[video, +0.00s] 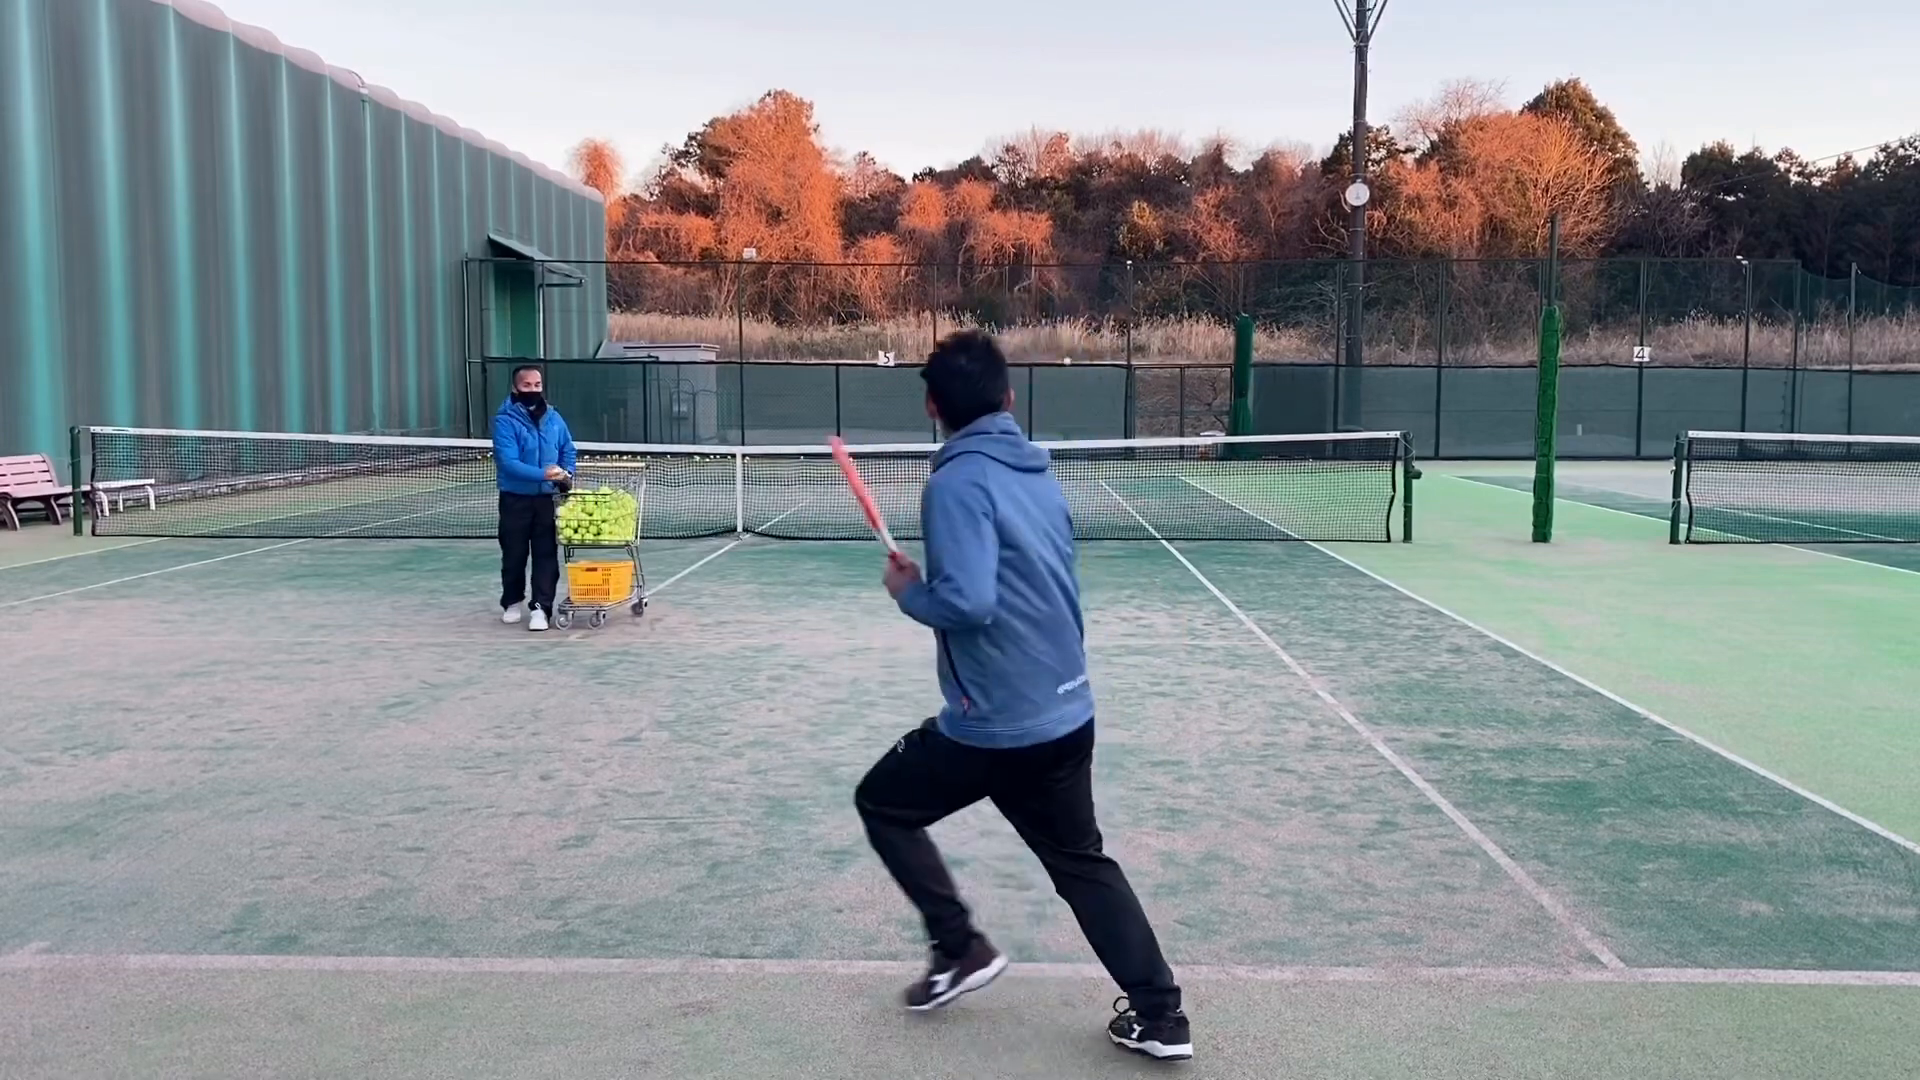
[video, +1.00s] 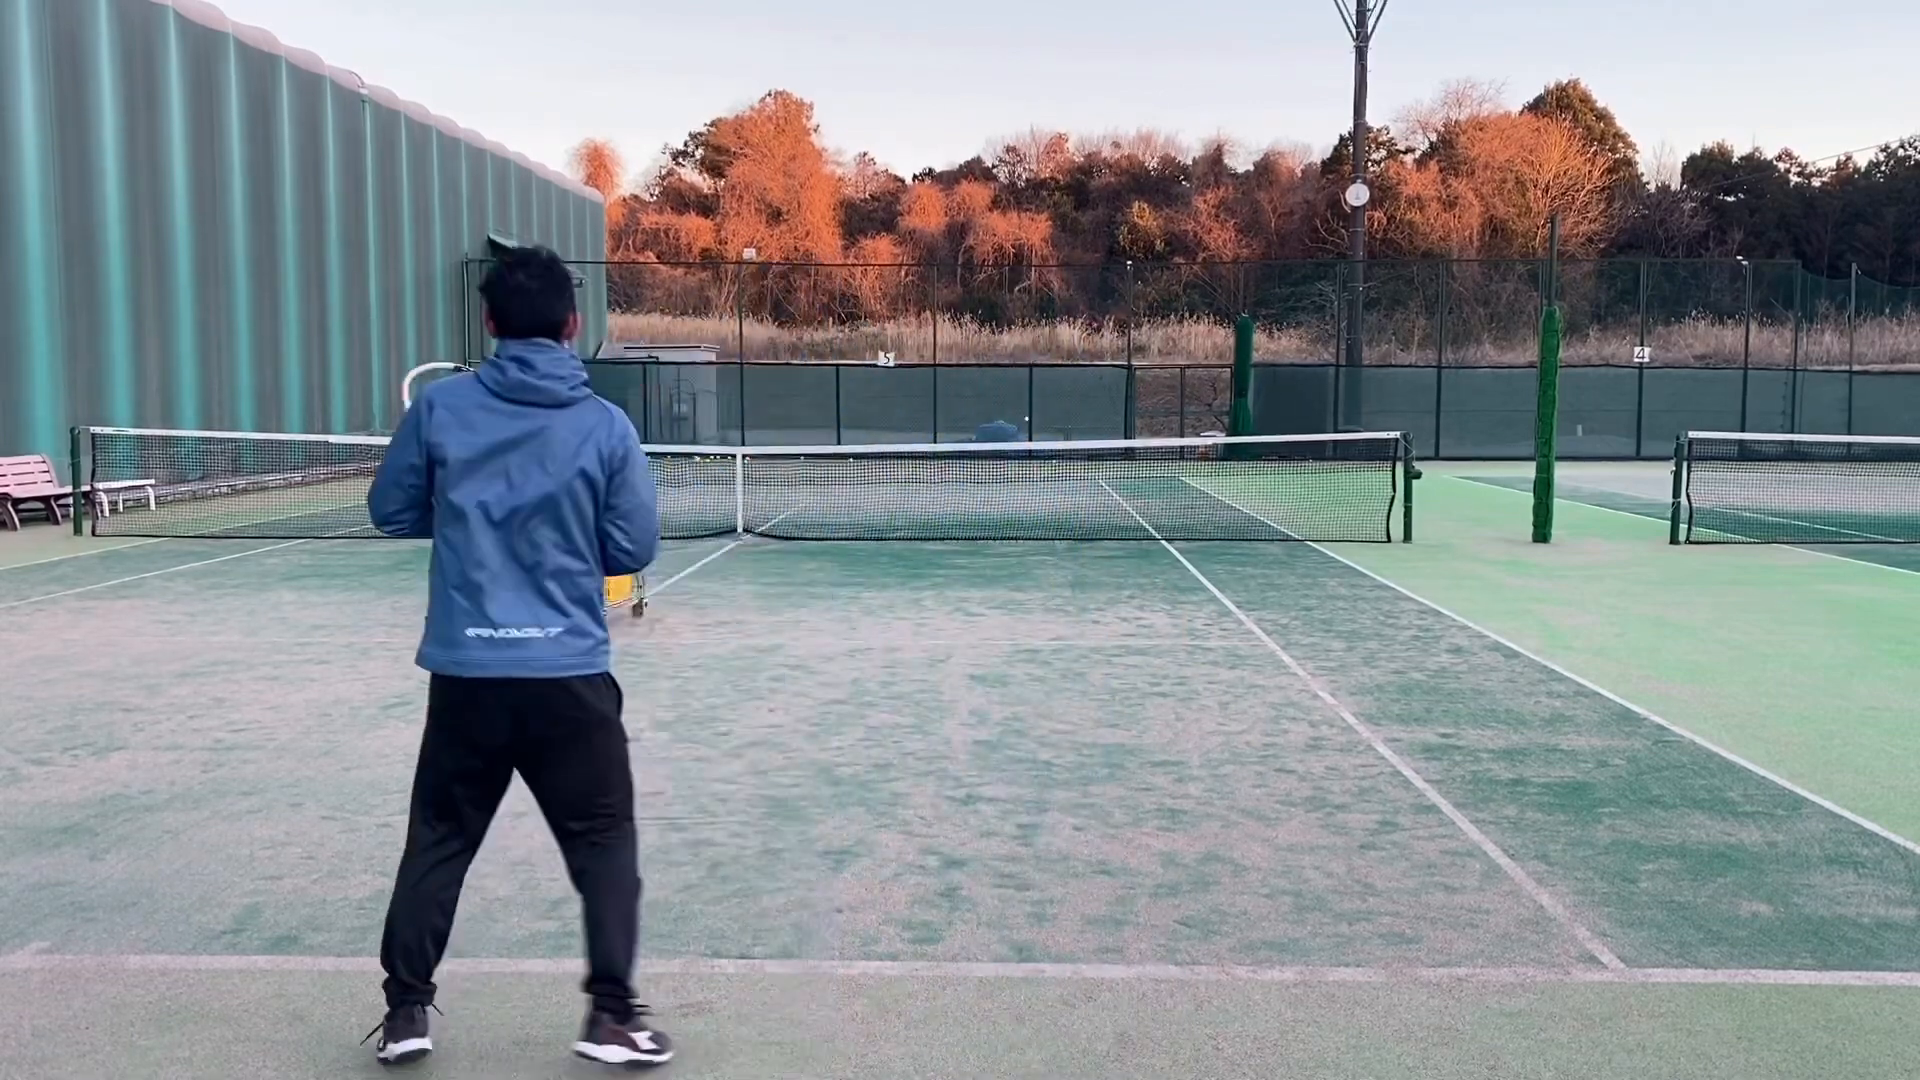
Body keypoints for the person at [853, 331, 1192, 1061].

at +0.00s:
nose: (926, 403)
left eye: (927, 394)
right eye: (928, 392)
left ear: (935, 404)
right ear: (1006, 395)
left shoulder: (957, 482)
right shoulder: (1034, 469)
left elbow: (968, 601)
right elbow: (1047, 579)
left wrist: (909, 591)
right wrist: (953, 571)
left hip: (998, 725)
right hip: (1063, 711)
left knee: (884, 803)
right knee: (1081, 863)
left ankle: (960, 948)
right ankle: (1161, 1015)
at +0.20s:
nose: (841, 382)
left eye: (840, 373)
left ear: (847, 382)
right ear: (923, 377)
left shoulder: (842, 466)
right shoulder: (961, 462)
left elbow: (816, 586)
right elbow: (998, 568)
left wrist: (811, 544)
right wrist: (917, 563)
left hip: (876, 715)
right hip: (968, 705)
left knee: (804, 839)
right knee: (1024, 839)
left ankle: (829, 1002)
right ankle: (1130, 989)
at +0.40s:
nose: (762, 329)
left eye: (763, 319)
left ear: (765, 323)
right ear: (839, 317)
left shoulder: (739, 406)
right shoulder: (885, 411)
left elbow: (687, 515)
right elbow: (919, 524)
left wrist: (749, 503)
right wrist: (846, 525)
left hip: (775, 658)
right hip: (868, 654)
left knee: (786, 822)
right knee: (877, 813)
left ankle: (813, 989)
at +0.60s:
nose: (689, 365)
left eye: (687, 354)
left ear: (693, 361)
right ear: (771, 358)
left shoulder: (661, 451)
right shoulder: (811, 457)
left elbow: (602, 563)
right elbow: (848, 572)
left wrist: (666, 552)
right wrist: (769, 575)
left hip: (678, 708)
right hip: (783, 708)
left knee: (624, 843)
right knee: (797, 856)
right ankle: (810, 1027)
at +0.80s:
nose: (657, 385)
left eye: (579, 376)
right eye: (655, 375)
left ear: (578, 383)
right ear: (656, 382)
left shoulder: (526, 471)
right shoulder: (683, 484)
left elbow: (482, 581)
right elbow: (720, 604)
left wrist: (537, 554)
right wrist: (641, 593)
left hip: (544, 732)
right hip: (656, 732)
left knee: (475, 865)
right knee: (725, 862)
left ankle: (419, 1035)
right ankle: (801, 1017)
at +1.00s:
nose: (579, 324)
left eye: (483, 315)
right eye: (577, 314)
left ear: (488, 322)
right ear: (571, 323)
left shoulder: (440, 407)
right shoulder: (606, 426)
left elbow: (392, 510)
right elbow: (632, 547)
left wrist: (470, 507)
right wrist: (557, 531)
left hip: (466, 678)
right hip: (568, 680)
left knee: (438, 840)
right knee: (603, 840)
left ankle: (407, 1010)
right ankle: (612, 1014)